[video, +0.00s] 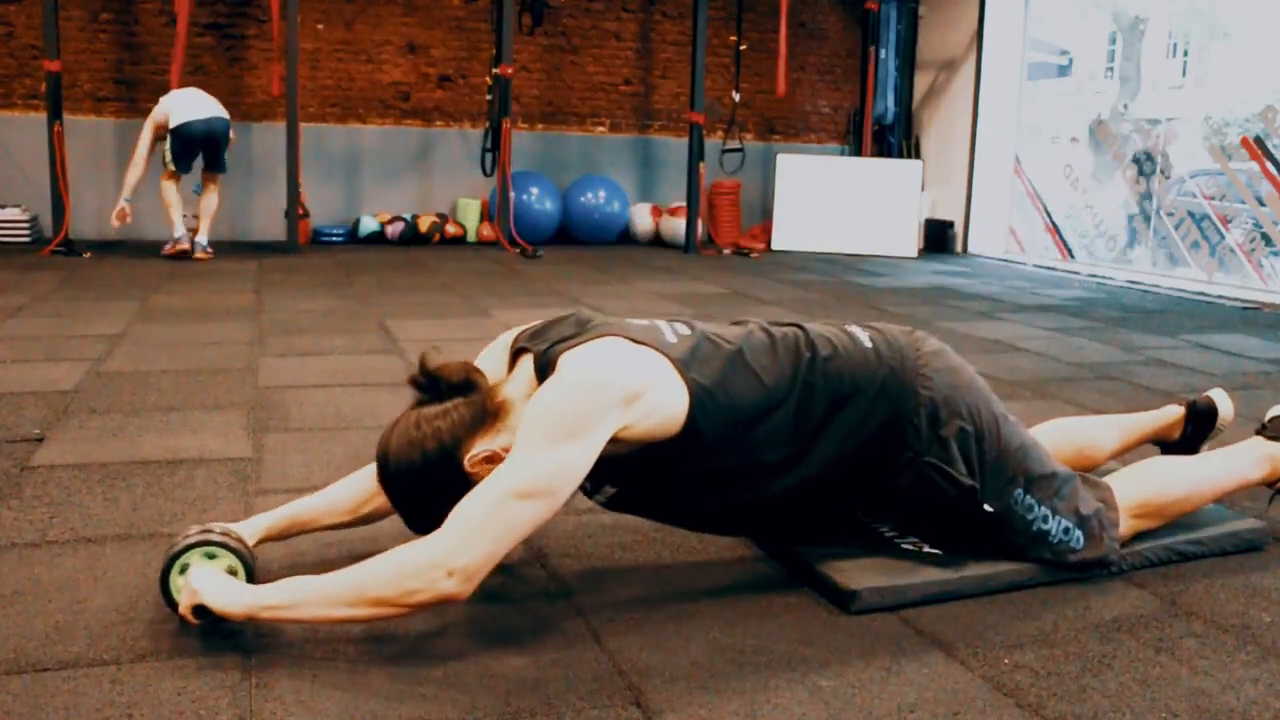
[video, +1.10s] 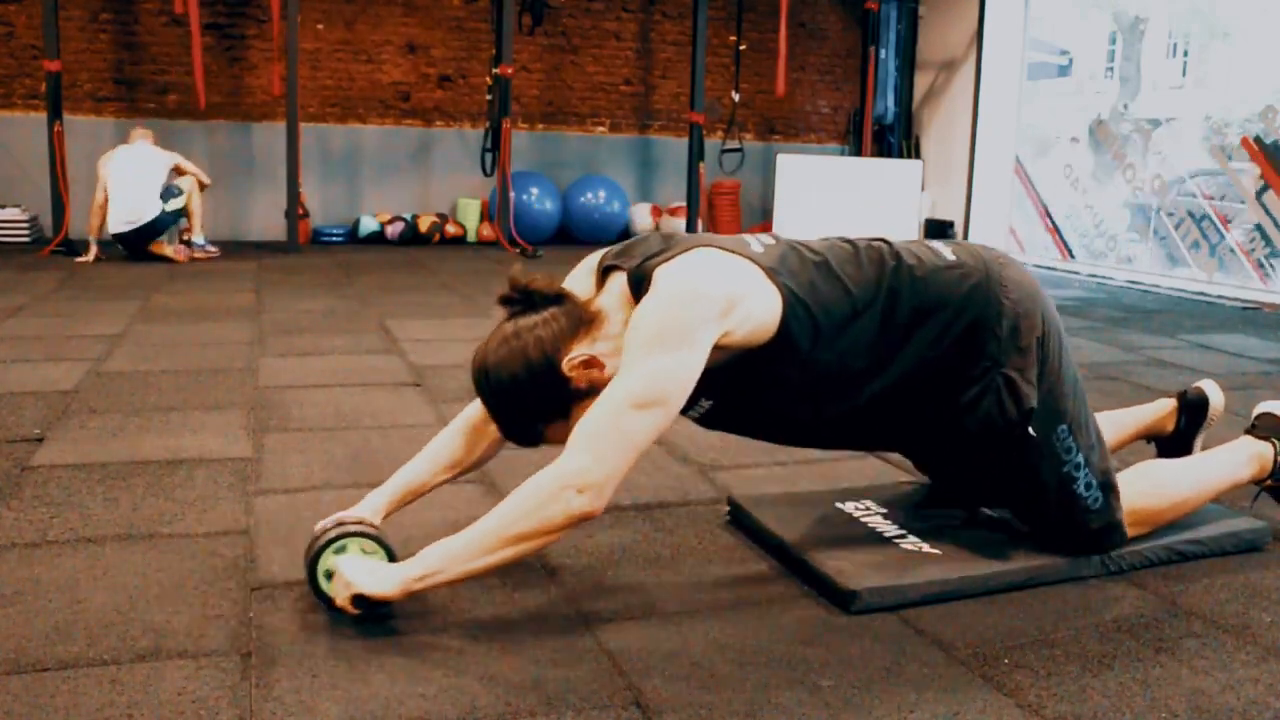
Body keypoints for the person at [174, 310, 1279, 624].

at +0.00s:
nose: (481, 500)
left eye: (473, 493)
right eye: (452, 489)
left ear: (497, 441)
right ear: (457, 421)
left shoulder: (587, 395)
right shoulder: (500, 366)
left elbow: (439, 578)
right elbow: (392, 479)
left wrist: (248, 600)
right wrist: (252, 535)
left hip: (907, 415)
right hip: (835, 396)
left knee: (1094, 516)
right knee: (1021, 451)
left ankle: (1258, 461)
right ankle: (1180, 411)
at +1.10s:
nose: (581, 430)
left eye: (564, 419)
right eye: (559, 424)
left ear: (585, 358)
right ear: (575, 357)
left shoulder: (676, 311)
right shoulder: (596, 295)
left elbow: (572, 499)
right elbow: (485, 420)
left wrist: (403, 577)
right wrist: (373, 508)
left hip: (983, 327)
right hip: (930, 320)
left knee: (1093, 526)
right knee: (1002, 488)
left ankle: (1261, 454)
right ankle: (1175, 413)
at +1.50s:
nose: (687, 366)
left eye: (673, 350)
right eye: (663, 362)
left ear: (686, 288)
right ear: (671, 289)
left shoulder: (795, 236)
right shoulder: (674, 230)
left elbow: (718, 437)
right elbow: (604, 372)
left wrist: (575, 551)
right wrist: (526, 491)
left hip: (1052, 296)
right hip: (963, 332)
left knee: (1099, 522)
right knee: (987, 480)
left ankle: (1268, 454)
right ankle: (1174, 411)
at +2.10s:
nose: (786, 276)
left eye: (782, 258)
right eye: (769, 269)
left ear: (803, 196)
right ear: (794, 187)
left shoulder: (917, 170)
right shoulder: (798, 181)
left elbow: (852, 372)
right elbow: (741, 329)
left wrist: (753, 517)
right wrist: (700, 479)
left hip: (1118, 311)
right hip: (1016, 330)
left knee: (1097, 527)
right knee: (991, 483)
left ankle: (1268, 456)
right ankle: (1172, 419)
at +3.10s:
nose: (657, 337)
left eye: (649, 323)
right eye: (640, 333)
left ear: (673, 263)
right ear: (661, 262)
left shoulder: (787, 226)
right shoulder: (682, 237)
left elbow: (715, 432)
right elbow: (606, 372)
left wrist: (575, 556)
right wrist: (524, 498)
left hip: (1044, 302)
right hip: (954, 340)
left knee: (1105, 519)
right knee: (995, 485)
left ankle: (1268, 457)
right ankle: (1177, 413)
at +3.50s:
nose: (560, 426)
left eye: (540, 413)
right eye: (536, 421)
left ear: (565, 356)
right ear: (552, 353)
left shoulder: (668, 314)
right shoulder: (575, 298)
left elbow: (569, 516)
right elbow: (473, 424)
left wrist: (393, 581)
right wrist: (363, 512)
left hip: (963, 341)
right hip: (889, 371)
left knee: (1103, 530)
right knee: (1002, 502)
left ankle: (1264, 454)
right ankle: (1175, 410)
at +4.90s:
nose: (581, 458)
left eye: (566, 451)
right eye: (560, 460)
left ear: (564, 400)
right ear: (542, 402)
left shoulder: (657, 350)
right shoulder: (561, 323)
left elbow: (558, 546)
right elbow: (467, 448)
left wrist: (369, 594)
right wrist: (343, 513)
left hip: (956, 341)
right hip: (904, 323)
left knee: (1092, 525)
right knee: (1000, 493)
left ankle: (1271, 466)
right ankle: (1174, 410)